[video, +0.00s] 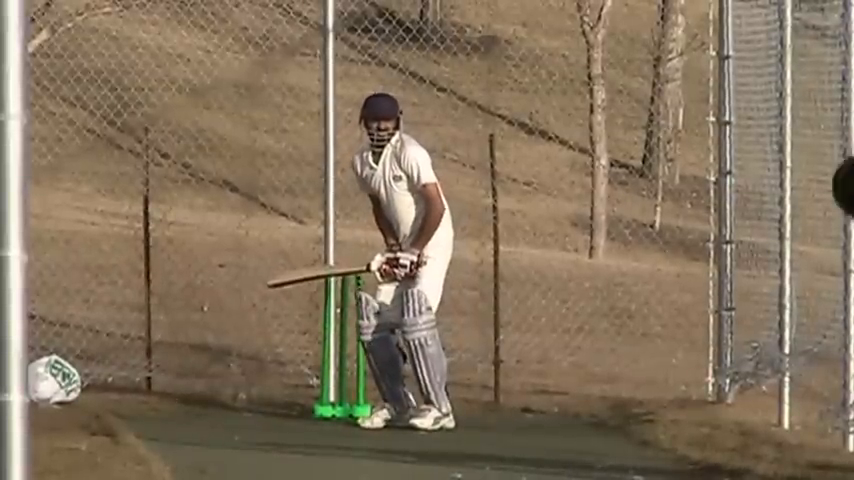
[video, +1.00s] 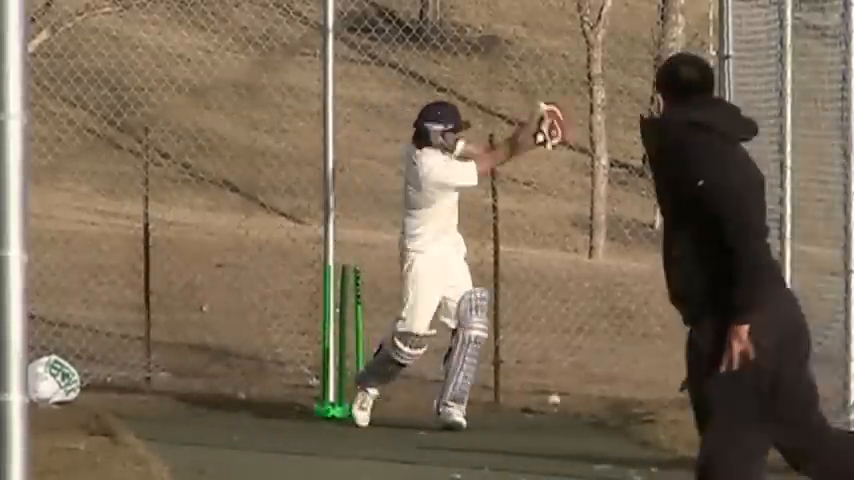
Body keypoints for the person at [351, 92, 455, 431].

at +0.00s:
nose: (379, 131)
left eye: (387, 125)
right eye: (373, 124)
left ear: (398, 124)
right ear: (364, 125)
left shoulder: (409, 153)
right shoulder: (361, 162)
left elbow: (436, 205)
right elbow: (378, 206)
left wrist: (415, 250)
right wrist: (392, 248)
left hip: (430, 242)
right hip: (399, 245)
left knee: (416, 318)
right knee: (373, 320)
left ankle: (438, 406)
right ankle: (397, 403)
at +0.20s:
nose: (376, 136)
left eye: (384, 129)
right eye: (369, 129)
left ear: (395, 130)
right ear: (361, 131)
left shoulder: (408, 161)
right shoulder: (362, 166)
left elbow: (431, 216)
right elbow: (381, 213)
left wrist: (408, 256)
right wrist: (389, 255)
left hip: (430, 246)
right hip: (398, 249)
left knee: (410, 318)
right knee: (372, 323)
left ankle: (437, 406)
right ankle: (396, 404)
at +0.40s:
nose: (377, 146)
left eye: (384, 139)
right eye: (370, 140)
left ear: (395, 139)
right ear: (361, 142)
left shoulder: (406, 173)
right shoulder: (369, 172)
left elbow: (404, 238)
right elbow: (382, 212)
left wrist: (374, 260)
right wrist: (366, 243)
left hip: (431, 257)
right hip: (397, 258)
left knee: (411, 327)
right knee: (369, 330)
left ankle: (439, 406)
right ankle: (397, 405)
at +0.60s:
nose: (395, 151)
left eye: (402, 144)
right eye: (388, 145)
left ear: (413, 144)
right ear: (379, 147)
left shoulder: (427, 178)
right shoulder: (376, 175)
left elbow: (403, 239)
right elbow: (375, 209)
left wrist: (358, 249)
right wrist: (354, 231)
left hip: (433, 267)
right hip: (394, 267)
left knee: (435, 330)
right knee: (357, 331)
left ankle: (441, 408)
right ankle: (394, 403)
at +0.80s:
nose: (416, 148)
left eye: (422, 141)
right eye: (408, 142)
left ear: (431, 138)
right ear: (396, 142)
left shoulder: (441, 147)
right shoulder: (402, 178)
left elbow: (463, 176)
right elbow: (431, 225)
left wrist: (480, 218)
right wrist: (467, 241)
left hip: (448, 256)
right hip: (409, 259)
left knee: (461, 322)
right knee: (390, 329)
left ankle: (450, 401)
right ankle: (362, 394)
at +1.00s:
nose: (456, 139)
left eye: (456, 133)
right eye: (451, 134)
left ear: (435, 133)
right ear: (434, 135)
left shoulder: (435, 152)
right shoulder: (429, 165)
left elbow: (478, 153)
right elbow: (485, 166)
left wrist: (521, 140)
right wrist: (524, 139)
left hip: (450, 251)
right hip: (423, 255)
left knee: (470, 326)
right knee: (412, 339)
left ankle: (451, 406)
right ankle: (368, 386)